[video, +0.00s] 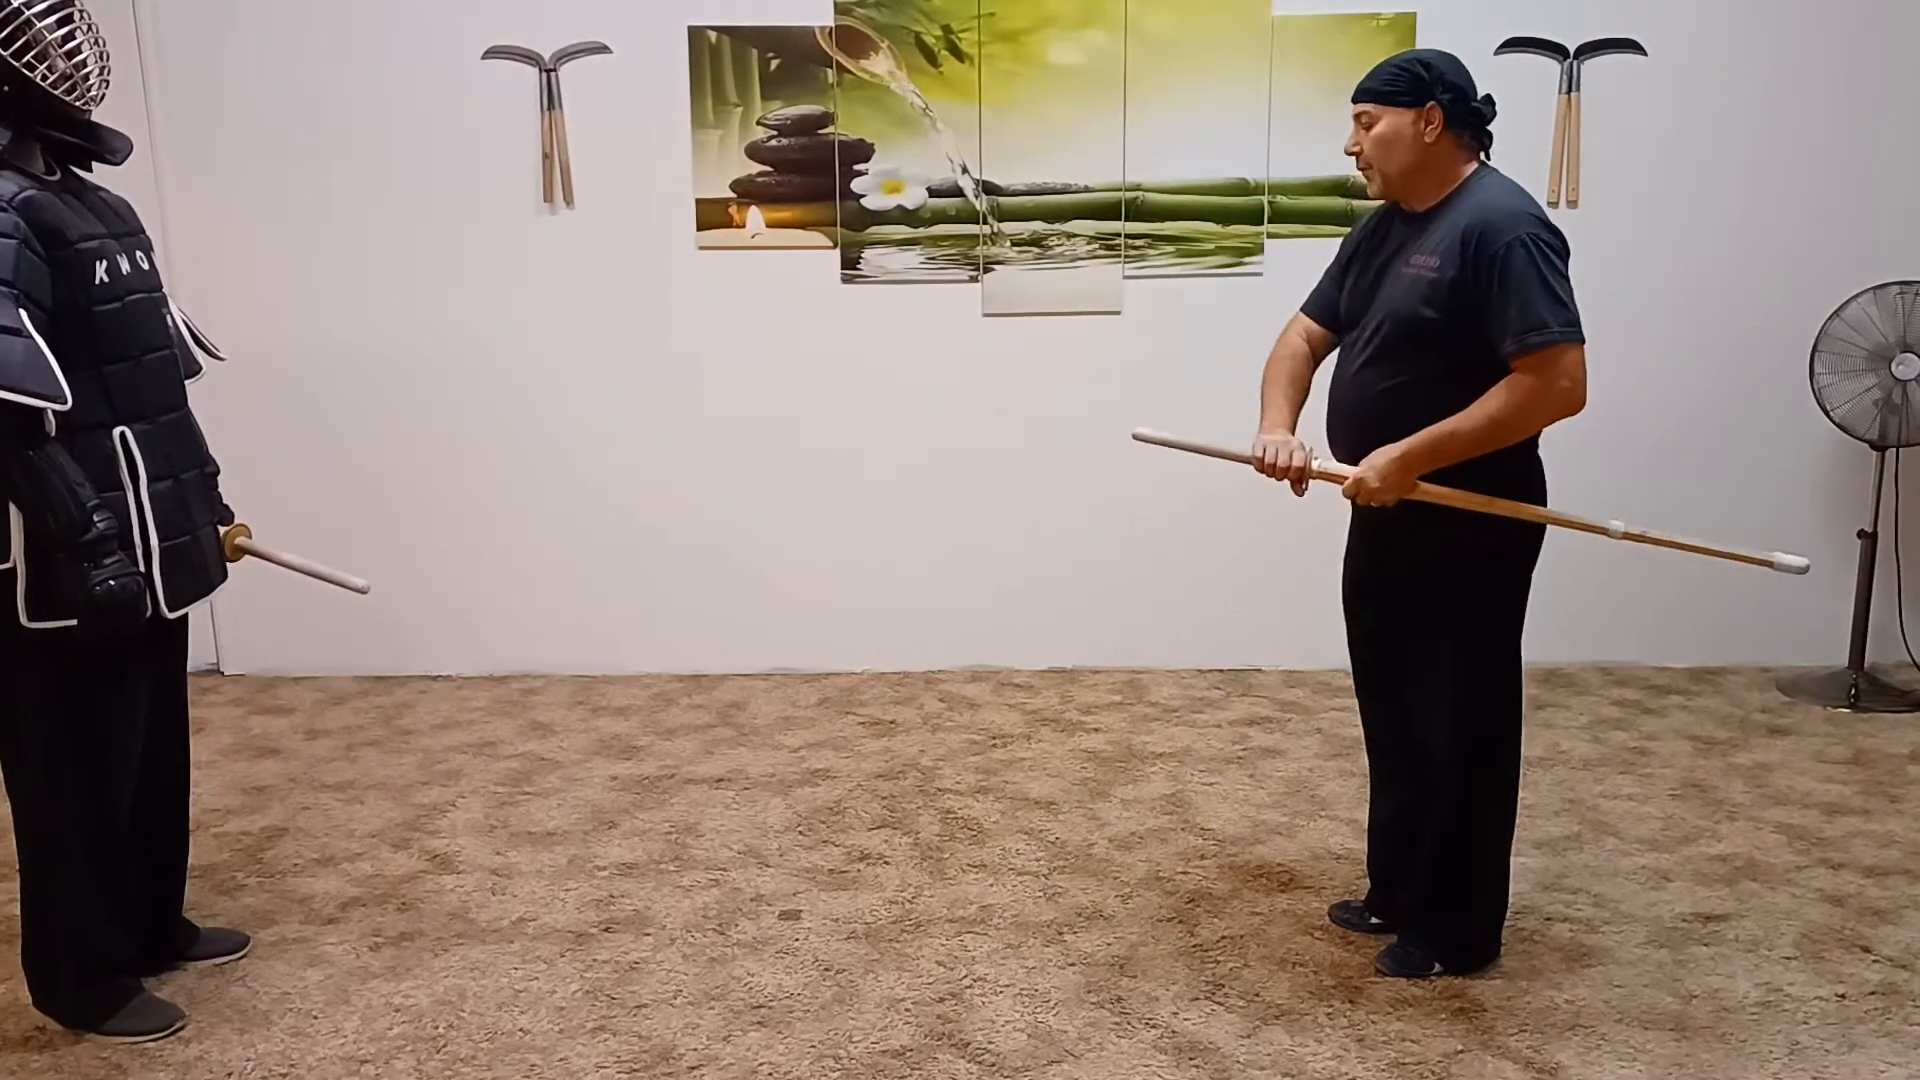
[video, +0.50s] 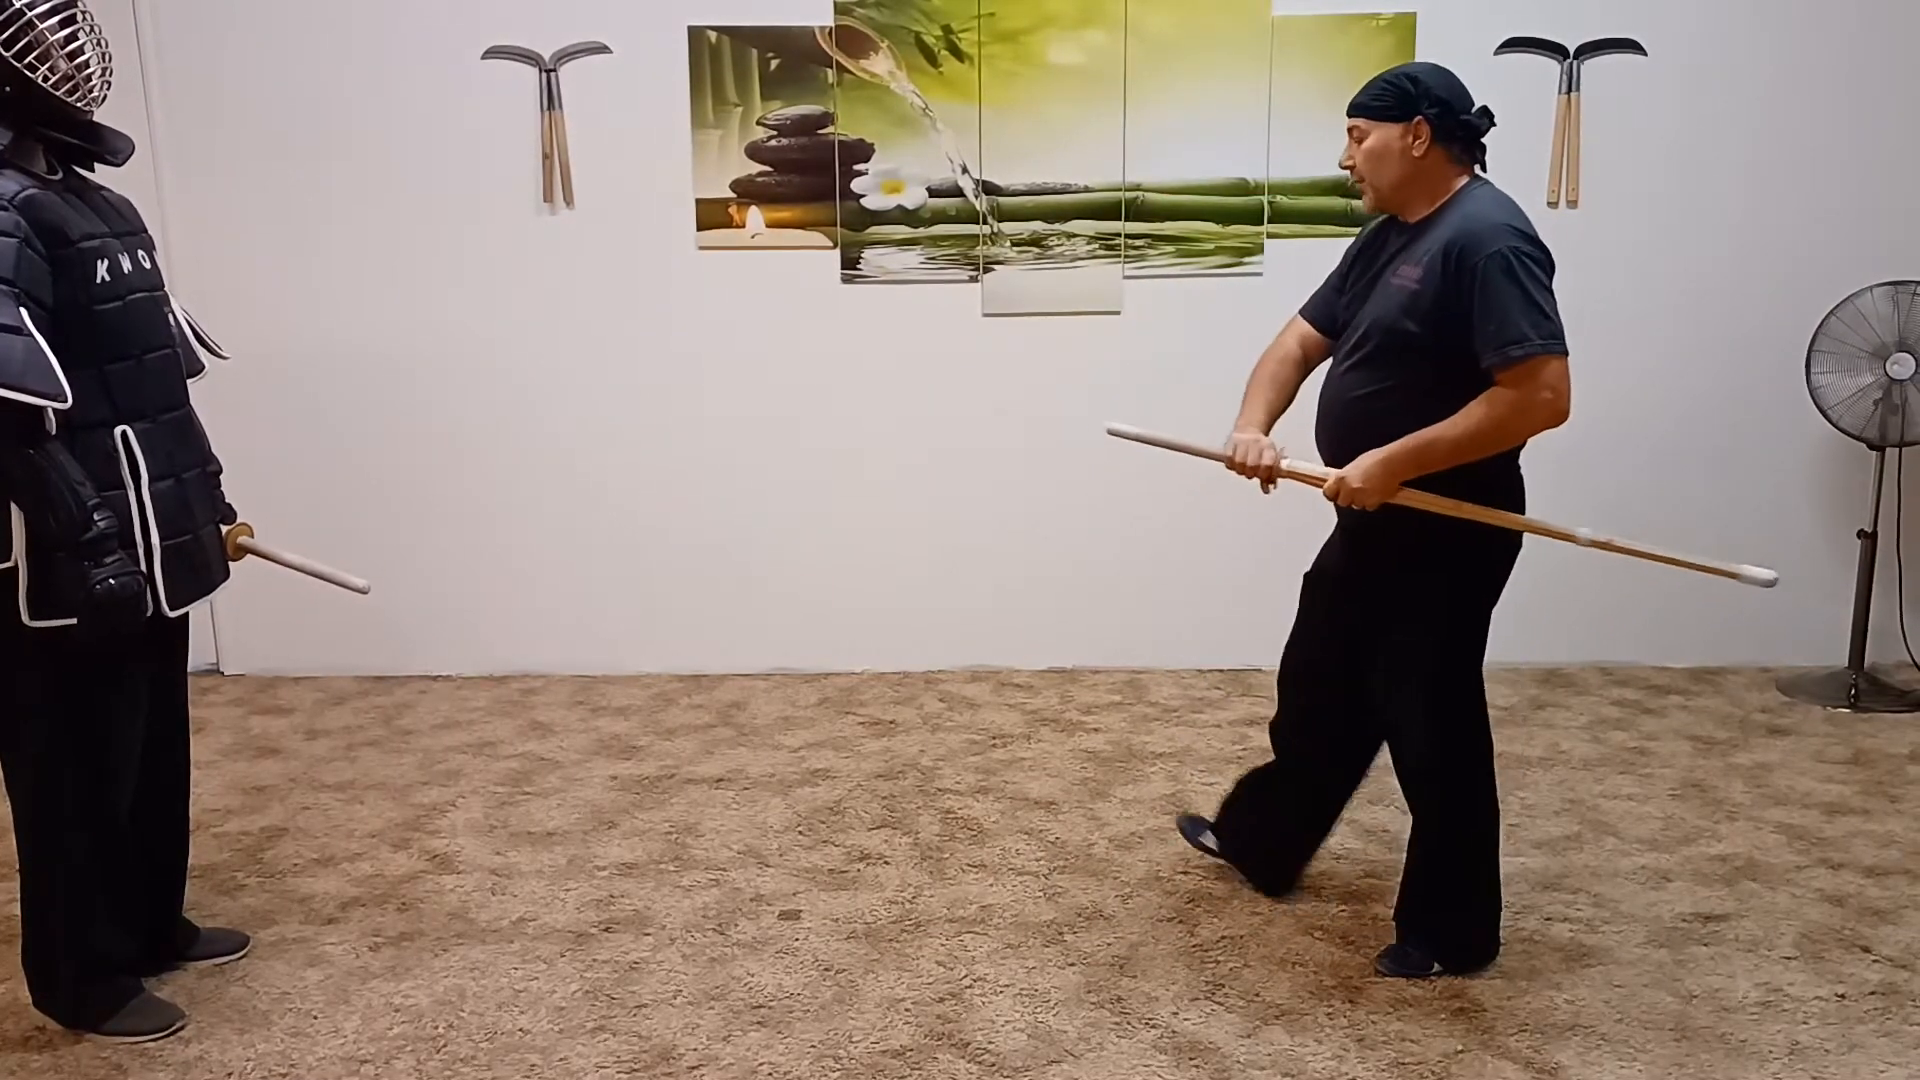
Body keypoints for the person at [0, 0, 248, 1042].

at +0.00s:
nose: (88, 83)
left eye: (83, 67)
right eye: (71, 69)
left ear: (44, 82)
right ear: (31, 81)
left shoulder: (105, 207)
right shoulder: (7, 212)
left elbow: (158, 380)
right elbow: (21, 409)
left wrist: (204, 504)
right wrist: (87, 541)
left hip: (146, 544)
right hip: (59, 559)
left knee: (149, 745)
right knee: (73, 765)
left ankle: (151, 928)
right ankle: (78, 979)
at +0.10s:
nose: (89, 83)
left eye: (84, 67)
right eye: (71, 68)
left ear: (48, 83)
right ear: (31, 82)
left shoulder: (106, 207)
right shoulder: (8, 211)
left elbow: (158, 380)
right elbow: (21, 409)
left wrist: (205, 503)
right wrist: (88, 541)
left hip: (147, 545)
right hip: (59, 560)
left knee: (149, 746)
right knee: (73, 765)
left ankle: (151, 928)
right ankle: (78, 979)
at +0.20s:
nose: (91, 82)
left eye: (85, 66)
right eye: (72, 68)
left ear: (47, 84)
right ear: (32, 82)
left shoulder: (106, 208)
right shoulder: (8, 211)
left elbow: (159, 381)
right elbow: (21, 410)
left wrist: (205, 503)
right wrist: (89, 542)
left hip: (148, 545)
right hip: (60, 559)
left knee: (150, 746)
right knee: (73, 766)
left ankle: (151, 928)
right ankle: (78, 979)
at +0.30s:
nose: (92, 81)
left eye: (85, 65)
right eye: (73, 66)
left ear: (47, 84)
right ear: (33, 82)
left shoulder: (107, 207)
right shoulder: (9, 211)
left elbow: (160, 381)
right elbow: (21, 409)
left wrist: (206, 502)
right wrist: (88, 542)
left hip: (149, 545)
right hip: (60, 560)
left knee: (150, 746)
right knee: (73, 766)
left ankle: (151, 928)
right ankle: (78, 979)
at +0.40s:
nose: (93, 78)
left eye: (87, 61)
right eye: (74, 63)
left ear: (50, 81)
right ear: (33, 79)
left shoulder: (108, 207)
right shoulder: (9, 212)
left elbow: (161, 381)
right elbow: (21, 411)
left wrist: (206, 503)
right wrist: (89, 544)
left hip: (148, 547)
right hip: (59, 562)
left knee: (150, 748)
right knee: (73, 768)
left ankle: (151, 928)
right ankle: (78, 979)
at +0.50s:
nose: (94, 77)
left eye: (88, 61)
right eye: (75, 62)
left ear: (50, 81)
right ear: (34, 78)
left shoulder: (107, 207)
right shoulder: (9, 211)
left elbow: (160, 381)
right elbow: (20, 411)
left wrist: (206, 502)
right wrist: (90, 543)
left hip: (149, 546)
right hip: (60, 560)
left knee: (150, 748)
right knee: (73, 768)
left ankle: (151, 928)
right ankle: (78, 979)